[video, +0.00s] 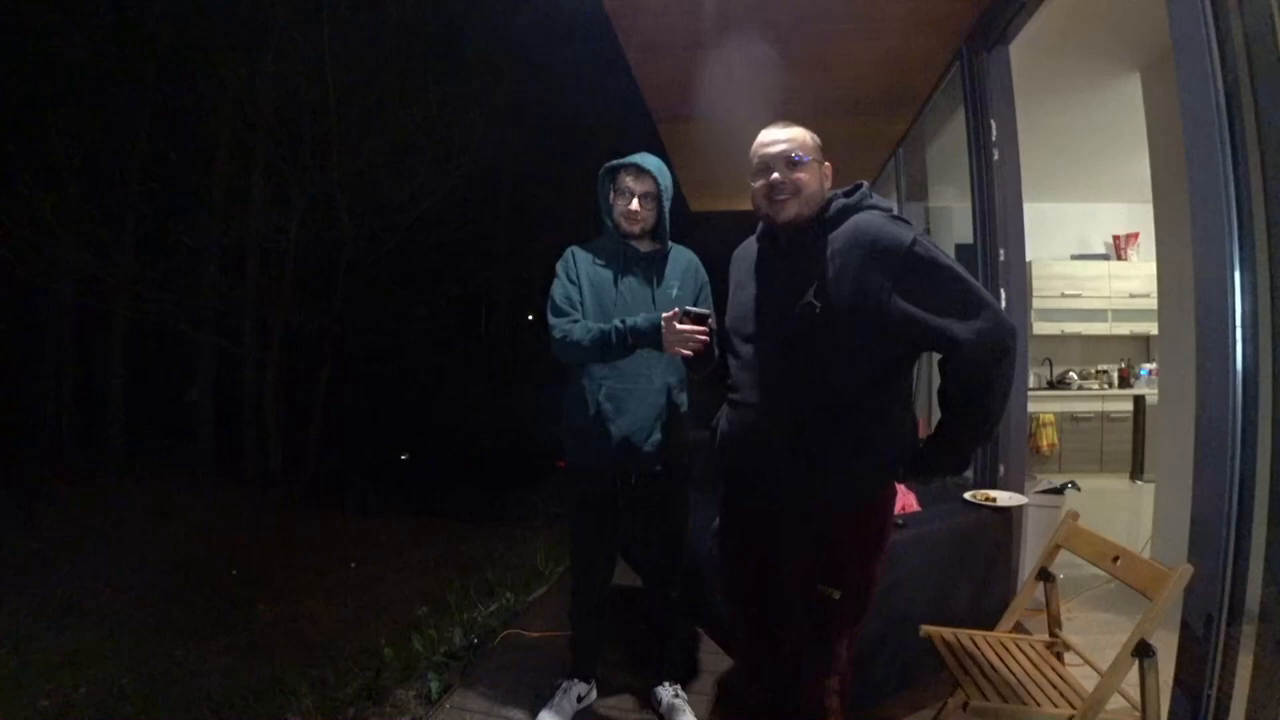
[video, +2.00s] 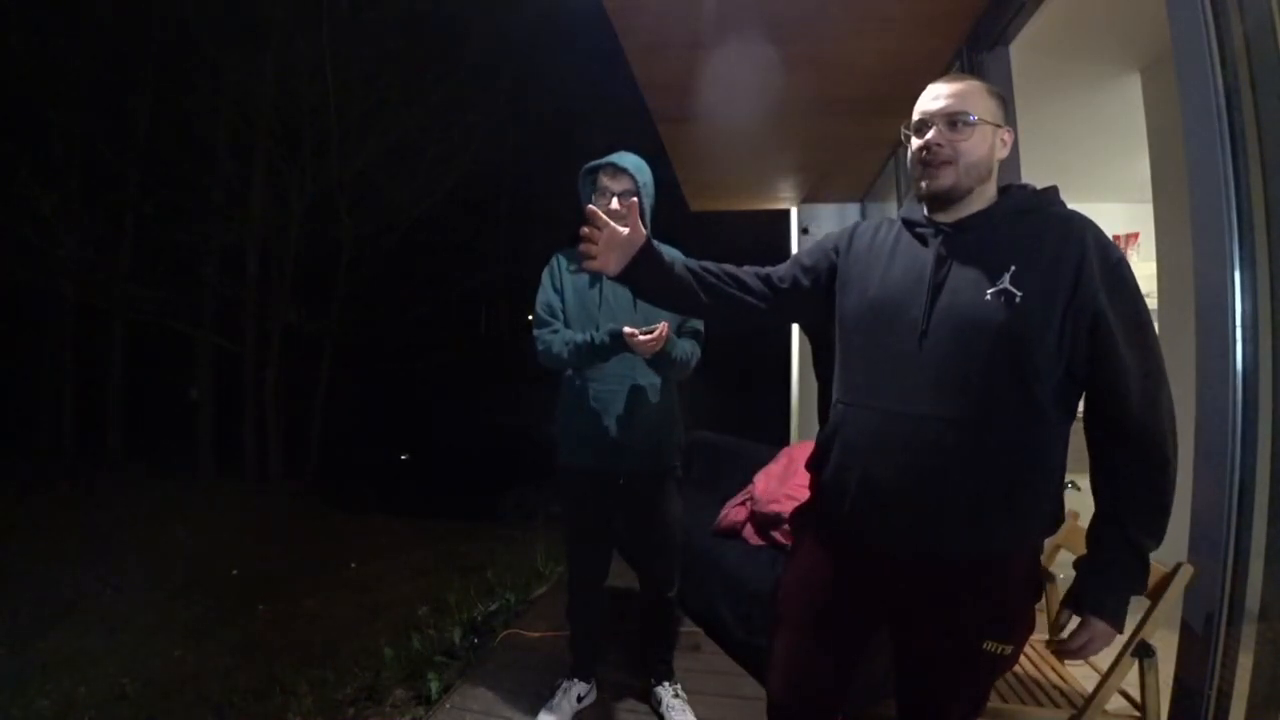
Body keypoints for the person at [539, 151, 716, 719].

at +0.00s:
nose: (634, 206)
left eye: (646, 197)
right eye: (624, 196)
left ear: (662, 204)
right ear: (609, 202)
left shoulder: (686, 266)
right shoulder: (578, 263)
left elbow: (706, 353)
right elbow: (564, 339)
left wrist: (699, 346)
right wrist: (651, 330)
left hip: (666, 438)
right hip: (595, 437)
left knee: (666, 561)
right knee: (589, 561)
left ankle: (668, 681)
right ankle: (580, 679)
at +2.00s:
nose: (616, 207)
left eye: (628, 197)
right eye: (606, 196)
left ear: (645, 203)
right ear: (588, 201)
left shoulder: (669, 266)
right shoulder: (564, 267)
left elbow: (691, 356)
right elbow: (546, 346)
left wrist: (661, 347)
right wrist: (610, 339)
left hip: (651, 446)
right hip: (585, 445)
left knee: (661, 567)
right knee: (585, 566)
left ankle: (662, 679)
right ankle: (581, 678)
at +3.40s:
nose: (629, 207)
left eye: (639, 197)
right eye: (619, 196)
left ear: (655, 203)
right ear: (600, 202)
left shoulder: (679, 265)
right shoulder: (574, 265)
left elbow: (701, 355)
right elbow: (556, 346)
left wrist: (668, 350)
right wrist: (614, 340)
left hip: (657, 442)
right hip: (590, 441)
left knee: (660, 563)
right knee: (588, 562)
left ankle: (662, 679)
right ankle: (581, 678)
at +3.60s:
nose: (632, 208)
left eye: (642, 199)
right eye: (622, 196)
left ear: (656, 206)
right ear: (598, 202)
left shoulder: (678, 269)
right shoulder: (574, 266)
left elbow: (700, 357)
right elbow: (555, 346)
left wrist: (667, 350)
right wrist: (614, 340)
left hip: (656, 444)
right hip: (590, 442)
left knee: (659, 563)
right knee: (587, 562)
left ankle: (661, 678)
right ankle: (581, 677)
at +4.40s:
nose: (631, 207)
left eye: (640, 197)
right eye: (620, 196)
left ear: (654, 204)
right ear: (597, 203)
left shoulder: (679, 270)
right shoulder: (573, 267)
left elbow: (695, 359)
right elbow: (553, 347)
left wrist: (657, 351)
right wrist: (609, 344)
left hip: (652, 447)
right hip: (586, 446)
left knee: (658, 568)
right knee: (584, 565)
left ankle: (661, 678)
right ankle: (580, 678)